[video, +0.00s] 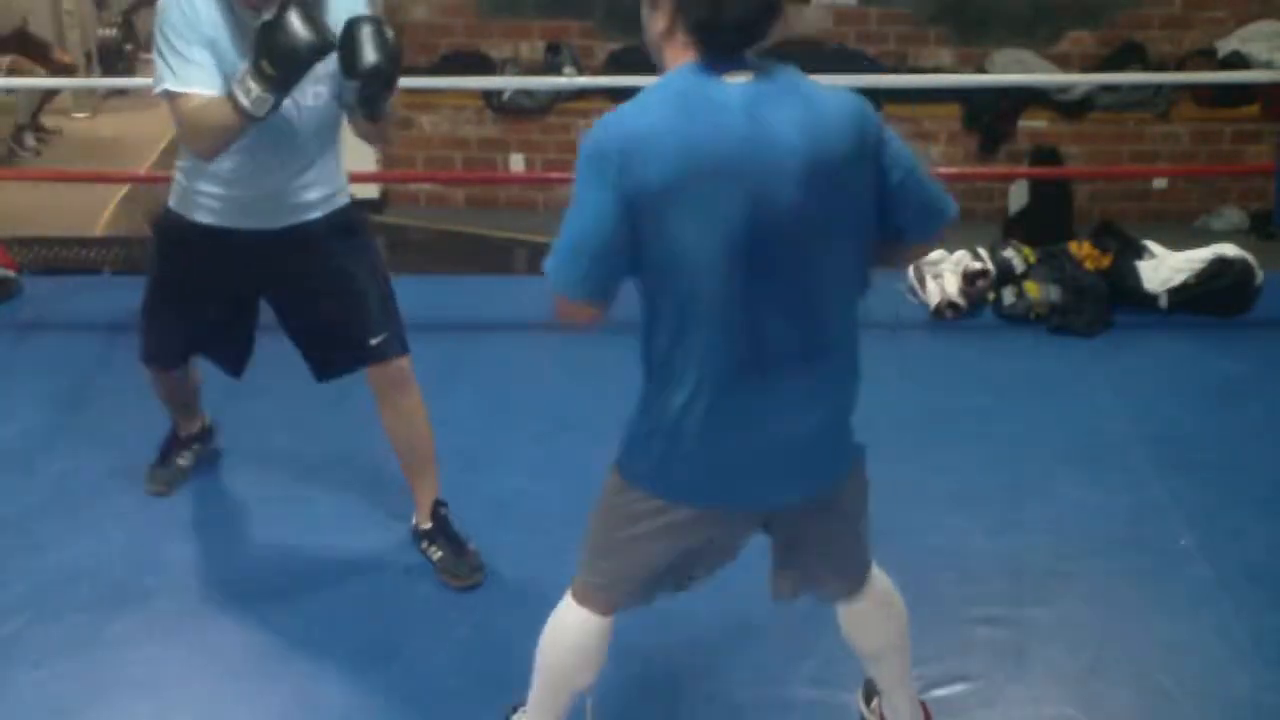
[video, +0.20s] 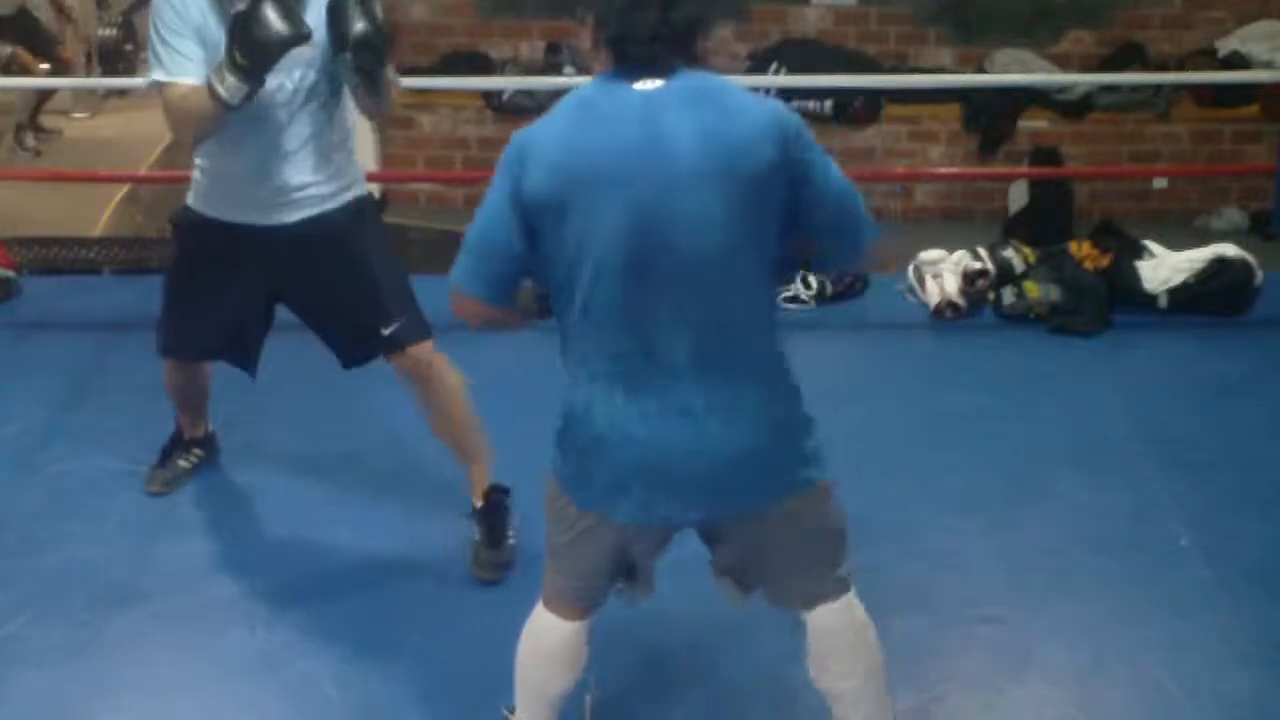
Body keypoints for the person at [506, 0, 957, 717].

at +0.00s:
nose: (646, 15)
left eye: (649, 5)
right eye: (649, 4)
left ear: (668, 16)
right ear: (760, 21)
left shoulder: (624, 139)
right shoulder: (841, 117)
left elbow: (577, 304)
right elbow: (923, 225)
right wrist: (823, 249)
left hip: (685, 446)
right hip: (815, 434)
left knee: (591, 603)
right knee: (855, 584)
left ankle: (538, 715)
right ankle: (903, 710)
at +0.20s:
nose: (579, 34)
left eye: (583, 25)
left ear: (594, 35)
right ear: (700, 35)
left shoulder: (542, 144)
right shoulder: (763, 123)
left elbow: (474, 304)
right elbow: (850, 254)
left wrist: (552, 295)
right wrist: (749, 250)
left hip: (611, 446)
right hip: (753, 437)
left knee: (562, 610)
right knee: (830, 603)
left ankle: (531, 713)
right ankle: (869, 713)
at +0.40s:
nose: (588, 28)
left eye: (592, 20)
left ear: (603, 31)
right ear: (709, 34)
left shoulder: (541, 147)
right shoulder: (770, 140)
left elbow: (451, 296)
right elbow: (776, 263)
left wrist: (536, 314)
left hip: (591, 474)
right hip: (735, 481)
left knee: (557, 627)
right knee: (773, 690)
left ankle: (526, 712)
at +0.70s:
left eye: (612, 46)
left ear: (619, 63)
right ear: (724, 70)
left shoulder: (535, 173)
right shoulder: (770, 186)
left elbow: (450, 322)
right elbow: (760, 310)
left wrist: (533, 334)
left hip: (561, 488)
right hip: (700, 511)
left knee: (534, 589)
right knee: (729, 707)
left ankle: (498, 706)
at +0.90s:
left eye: (603, 36)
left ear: (612, 58)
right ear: (713, 68)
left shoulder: (530, 156)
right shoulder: (752, 185)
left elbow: (438, 293)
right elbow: (749, 310)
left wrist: (500, 310)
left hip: (530, 473)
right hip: (658, 499)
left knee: (521, 589)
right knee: (730, 702)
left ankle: (499, 706)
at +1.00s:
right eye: (747, 70)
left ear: (635, 67)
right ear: (738, 85)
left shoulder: (543, 159)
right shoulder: (762, 196)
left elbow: (444, 294)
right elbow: (759, 329)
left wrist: (504, 323)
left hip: (531, 478)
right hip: (659, 511)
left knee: (520, 597)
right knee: (726, 705)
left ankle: (497, 705)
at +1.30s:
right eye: (760, 77)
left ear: (645, 72)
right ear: (750, 92)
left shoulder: (556, 164)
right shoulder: (771, 210)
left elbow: (440, 277)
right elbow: (787, 333)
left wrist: (539, 303)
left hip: (538, 492)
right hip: (668, 525)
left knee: (544, 562)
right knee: (711, 705)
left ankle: (493, 684)